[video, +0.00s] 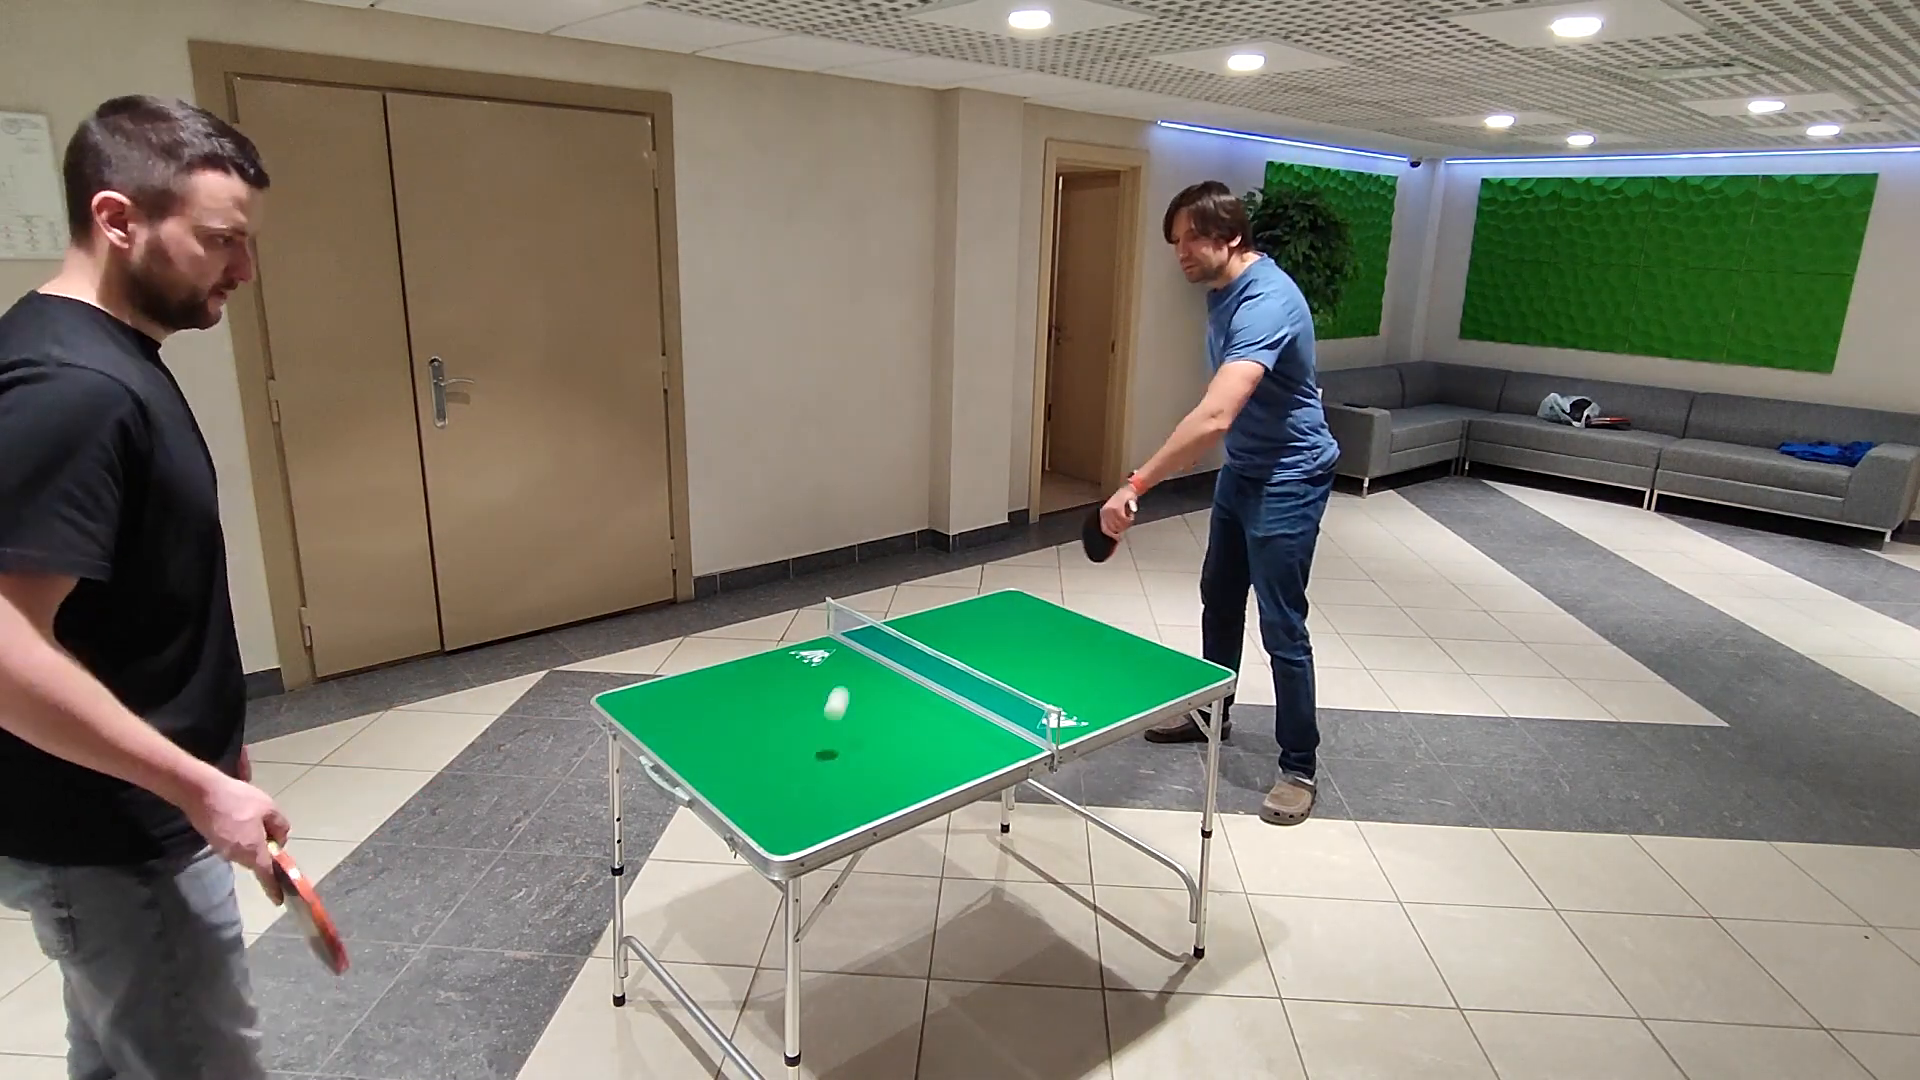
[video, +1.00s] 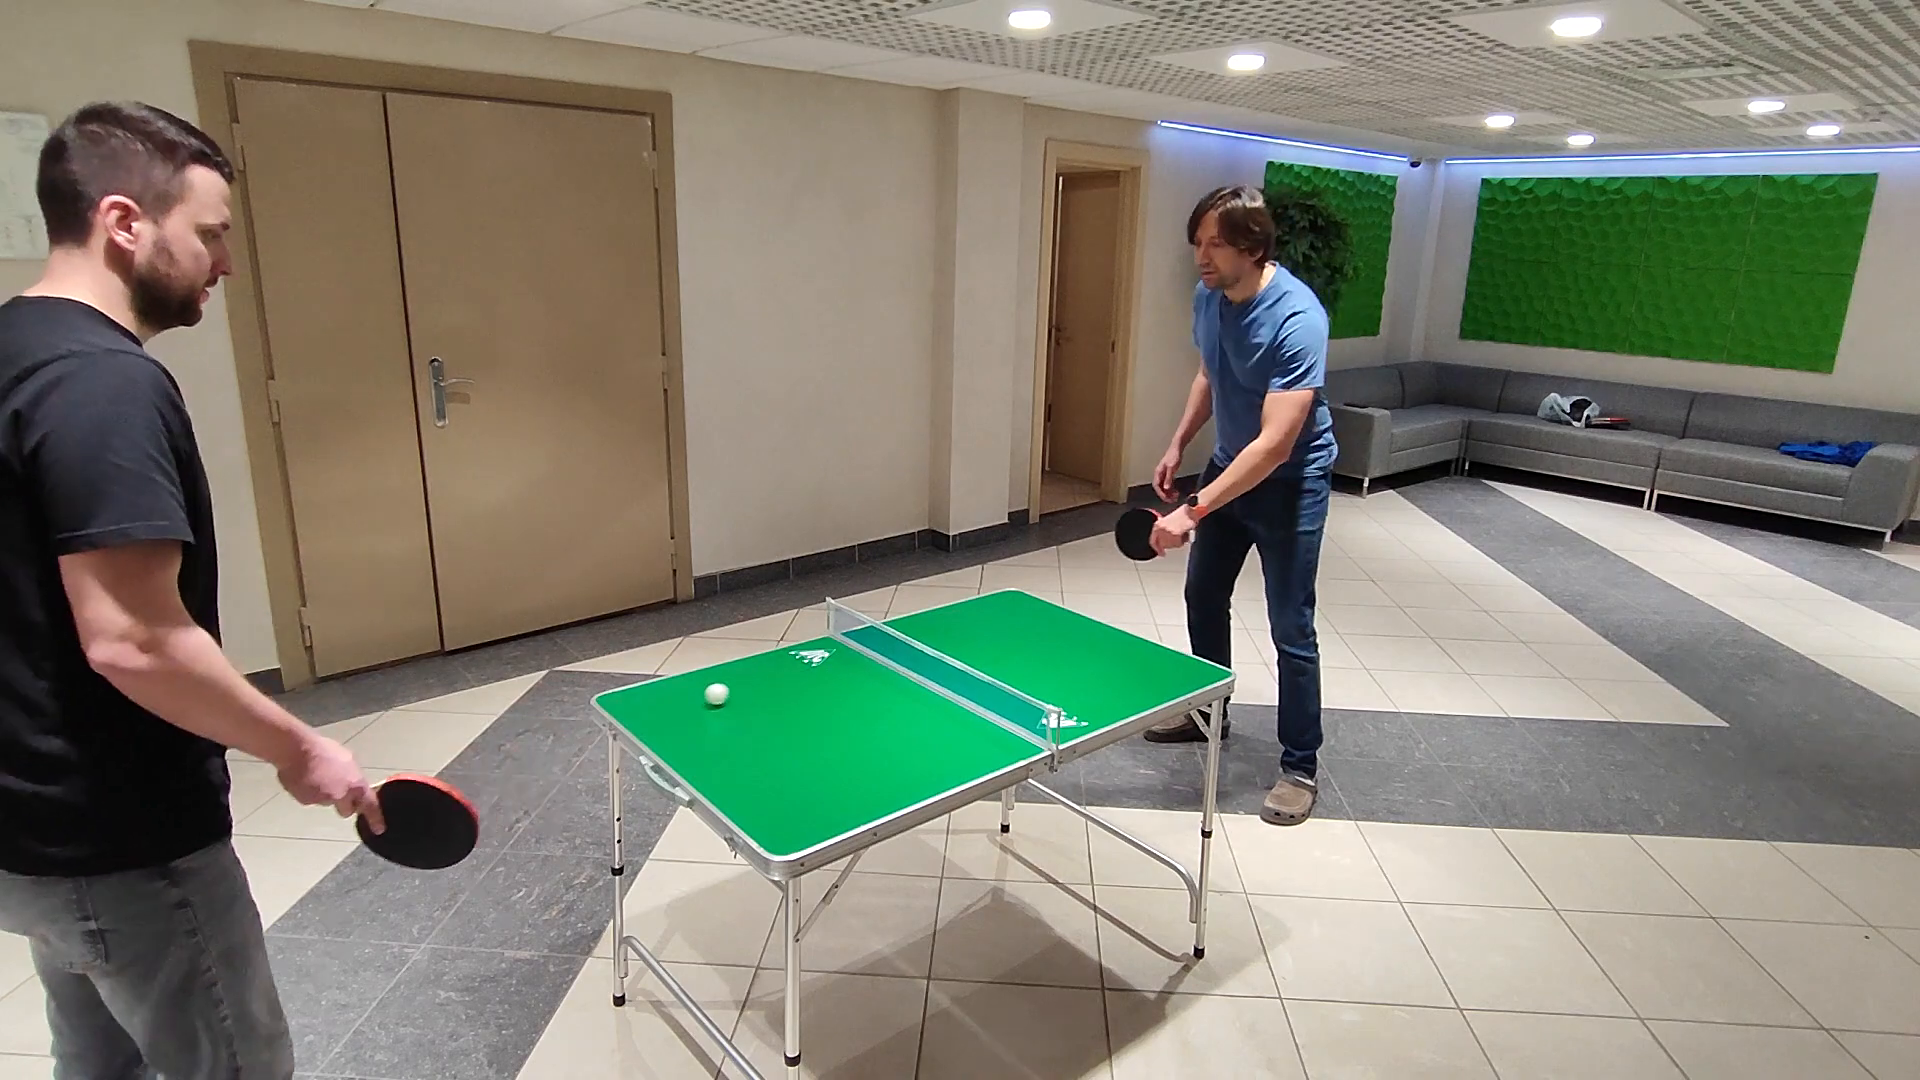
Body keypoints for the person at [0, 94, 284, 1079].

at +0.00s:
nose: (243, 272)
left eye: (246, 246)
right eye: (220, 238)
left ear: (118, 223)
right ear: (118, 218)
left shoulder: (96, 350)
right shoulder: (72, 384)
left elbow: (94, 608)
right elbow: (8, 643)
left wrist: (204, 766)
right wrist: (201, 788)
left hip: (114, 837)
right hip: (124, 854)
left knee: (115, 1061)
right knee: (209, 1065)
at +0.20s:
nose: (265, 279)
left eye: (266, 251)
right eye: (245, 247)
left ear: (138, 231)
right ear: (137, 226)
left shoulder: (113, 356)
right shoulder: (73, 398)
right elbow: (44, 685)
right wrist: (281, 774)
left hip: (141, 850)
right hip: (110, 874)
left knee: (187, 1060)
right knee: (174, 1069)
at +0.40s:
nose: (248, 271)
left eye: (249, 243)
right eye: (228, 238)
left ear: (114, 220)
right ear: (118, 216)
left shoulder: (29, 338)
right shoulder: (107, 411)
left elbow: (95, 573)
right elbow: (245, 655)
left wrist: (239, 676)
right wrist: (477, 698)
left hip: (62, 845)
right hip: (125, 874)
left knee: (165, 1059)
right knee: (182, 1070)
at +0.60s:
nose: (227, 253)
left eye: (226, 224)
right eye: (208, 218)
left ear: (99, 212)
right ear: (104, 209)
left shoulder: (15, 342)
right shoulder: (125, 394)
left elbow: (62, 577)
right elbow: (299, 610)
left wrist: (217, 682)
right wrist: (506, 639)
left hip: (39, 825)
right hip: (128, 851)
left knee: (144, 1056)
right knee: (170, 1067)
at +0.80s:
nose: (210, 247)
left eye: (208, 219)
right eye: (193, 215)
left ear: (92, 210)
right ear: (97, 210)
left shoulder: (14, 343)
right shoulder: (116, 384)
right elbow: (208, 635)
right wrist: (403, 689)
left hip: (38, 822)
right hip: (139, 839)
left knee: (101, 1064)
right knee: (184, 1069)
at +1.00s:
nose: (223, 266)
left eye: (224, 240)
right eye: (210, 234)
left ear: (117, 224)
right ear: (124, 223)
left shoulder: (18, 343)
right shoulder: (102, 374)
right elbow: (134, 639)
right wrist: (299, 748)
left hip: (39, 836)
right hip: (132, 850)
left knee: (106, 1069)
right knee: (237, 1066)